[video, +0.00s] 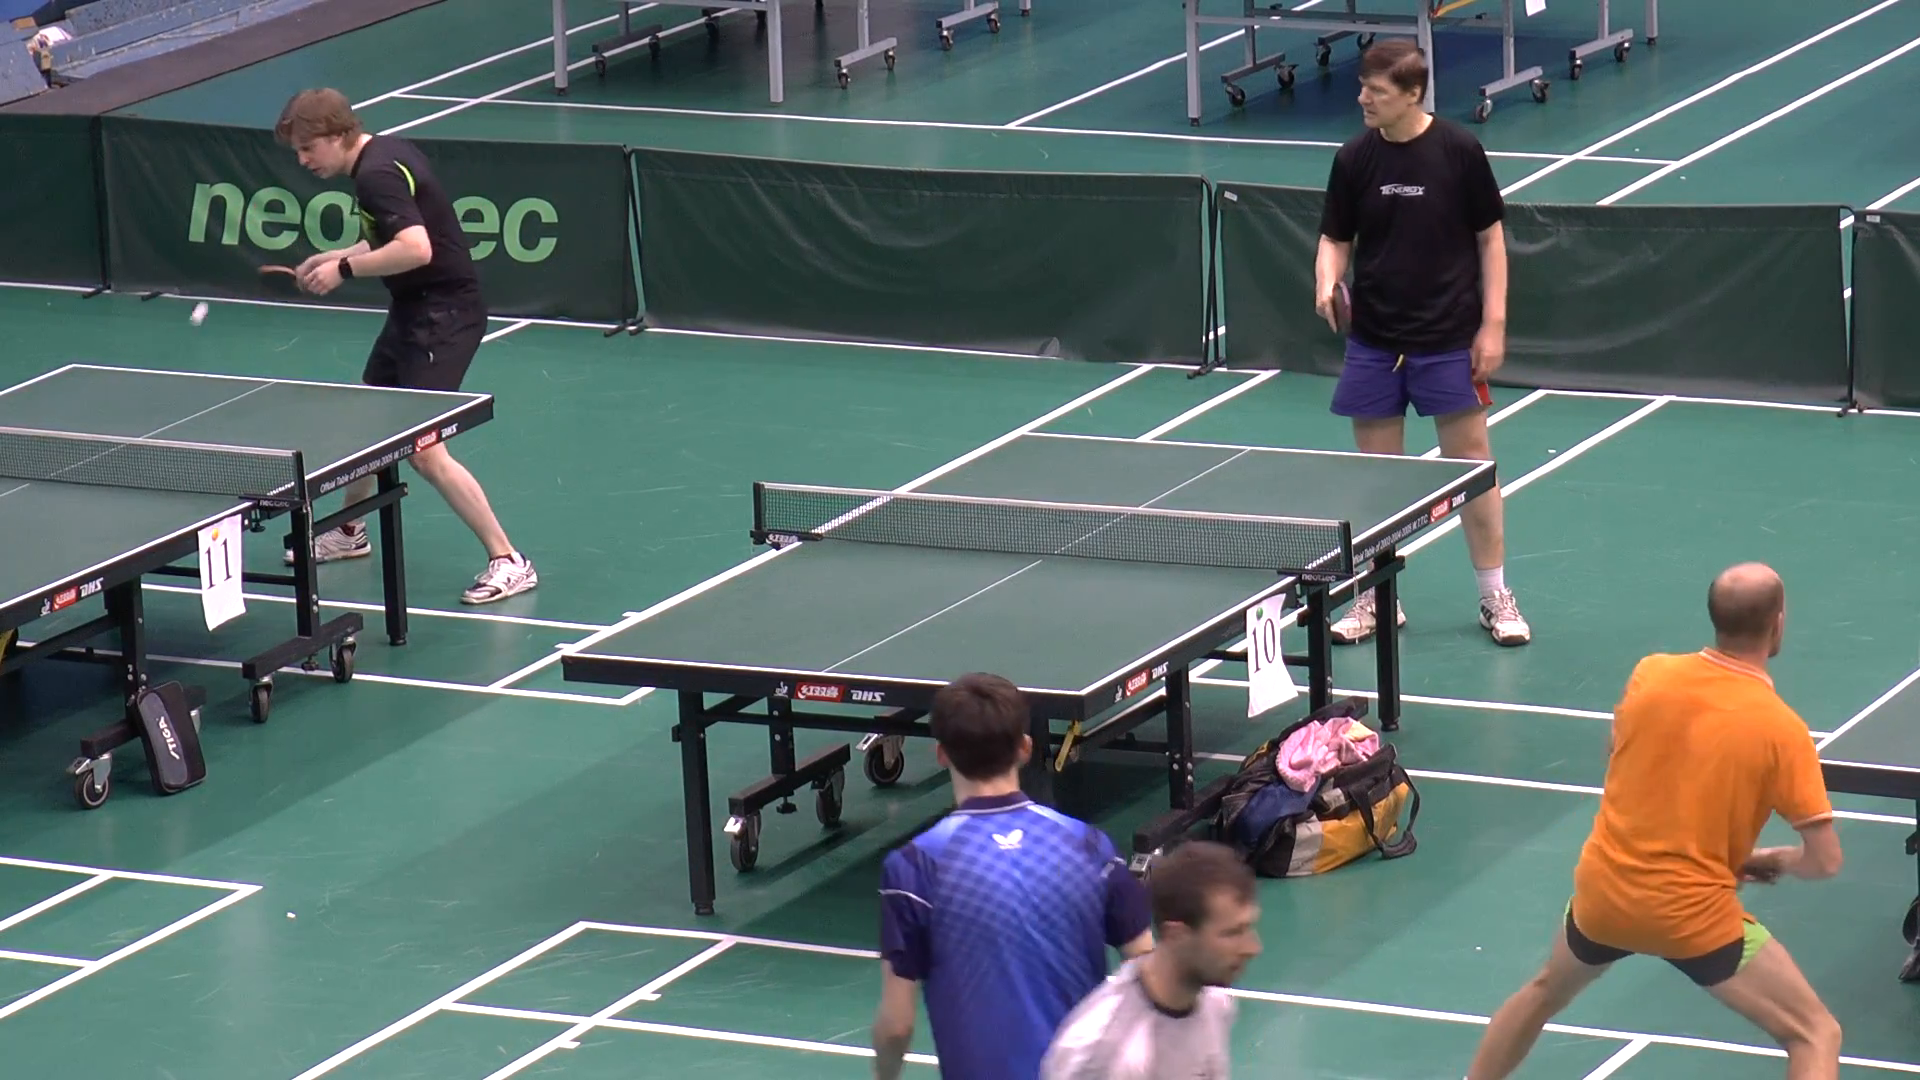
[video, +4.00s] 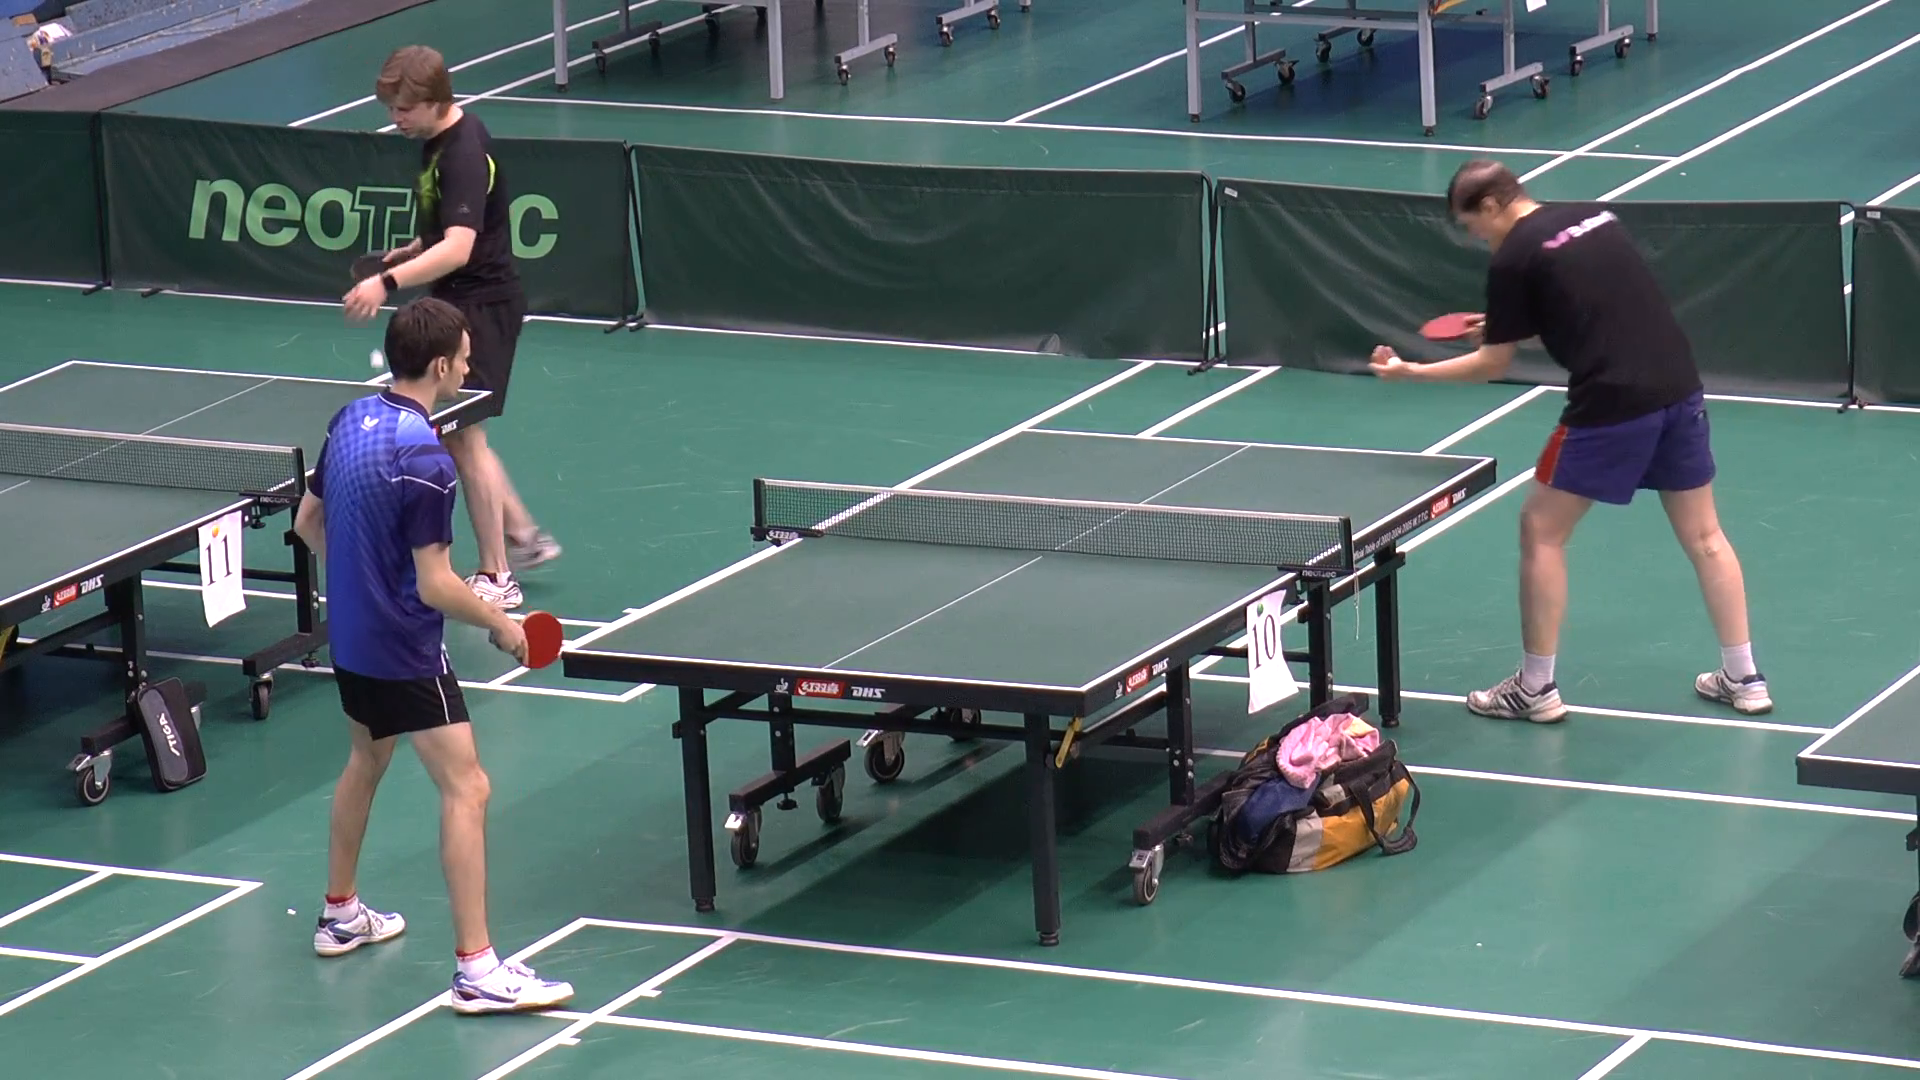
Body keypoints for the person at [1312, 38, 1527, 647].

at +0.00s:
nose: (1364, 99)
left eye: (1376, 91)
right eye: (1363, 89)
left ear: (1413, 93)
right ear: (1369, 91)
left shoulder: (1461, 150)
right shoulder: (1354, 157)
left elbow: (1492, 239)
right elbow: (1334, 237)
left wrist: (1493, 324)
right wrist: (1327, 281)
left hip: (1449, 339)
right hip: (1373, 340)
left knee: (1475, 468)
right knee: (1375, 476)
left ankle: (1495, 594)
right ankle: (1376, 596)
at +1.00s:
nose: (1407, 99)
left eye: (1420, 90)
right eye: (1400, 88)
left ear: (1446, 92)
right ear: (1391, 89)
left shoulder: (1480, 155)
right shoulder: (1372, 160)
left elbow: (1508, 246)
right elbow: (1350, 235)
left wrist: (1500, 333)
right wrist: (1342, 282)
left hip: (1464, 345)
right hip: (1386, 345)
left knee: (1485, 475)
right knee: (1381, 479)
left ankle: (1493, 596)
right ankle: (1375, 599)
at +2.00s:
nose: (1468, 142)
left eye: (1478, 130)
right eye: (1458, 132)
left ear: (1503, 112)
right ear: (1449, 124)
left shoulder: (1547, 159)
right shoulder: (1436, 187)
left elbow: (1579, 240)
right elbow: (1418, 274)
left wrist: (1606, 320)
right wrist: (1443, 316)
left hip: (1548, 349)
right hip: (1479, 355)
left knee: (1543, 483)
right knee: (1486, 488)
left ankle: (1508, 572)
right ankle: (1496, 623)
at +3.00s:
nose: (1532, 171)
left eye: (1534, 159)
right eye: (1527, 161)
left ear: (1565, 142)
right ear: (1570, 141)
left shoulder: (1591, 203)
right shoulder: (1628, 175)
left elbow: (1528, 294)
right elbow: (1615, 268)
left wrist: (1429, 301)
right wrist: (1552, 295)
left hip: (1632, 384)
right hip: (1661, 372)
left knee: (1619, 518)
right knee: (1632, 510)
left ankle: (1636, 661)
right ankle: (1666, 648)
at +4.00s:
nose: (1476, 241)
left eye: (1471, 228)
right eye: (1469, 231)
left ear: (1488, 208)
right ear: (1515, 193)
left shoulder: (1515, 258)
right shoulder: (1594, 215)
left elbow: (1493, 361)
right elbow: (1586, 301)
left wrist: (1410, 370)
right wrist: (1503, 322)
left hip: (1612, 404)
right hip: (1680, 387)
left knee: (1542, 532)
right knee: (1707, 538)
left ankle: (1535, 685)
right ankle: (1743, 677)